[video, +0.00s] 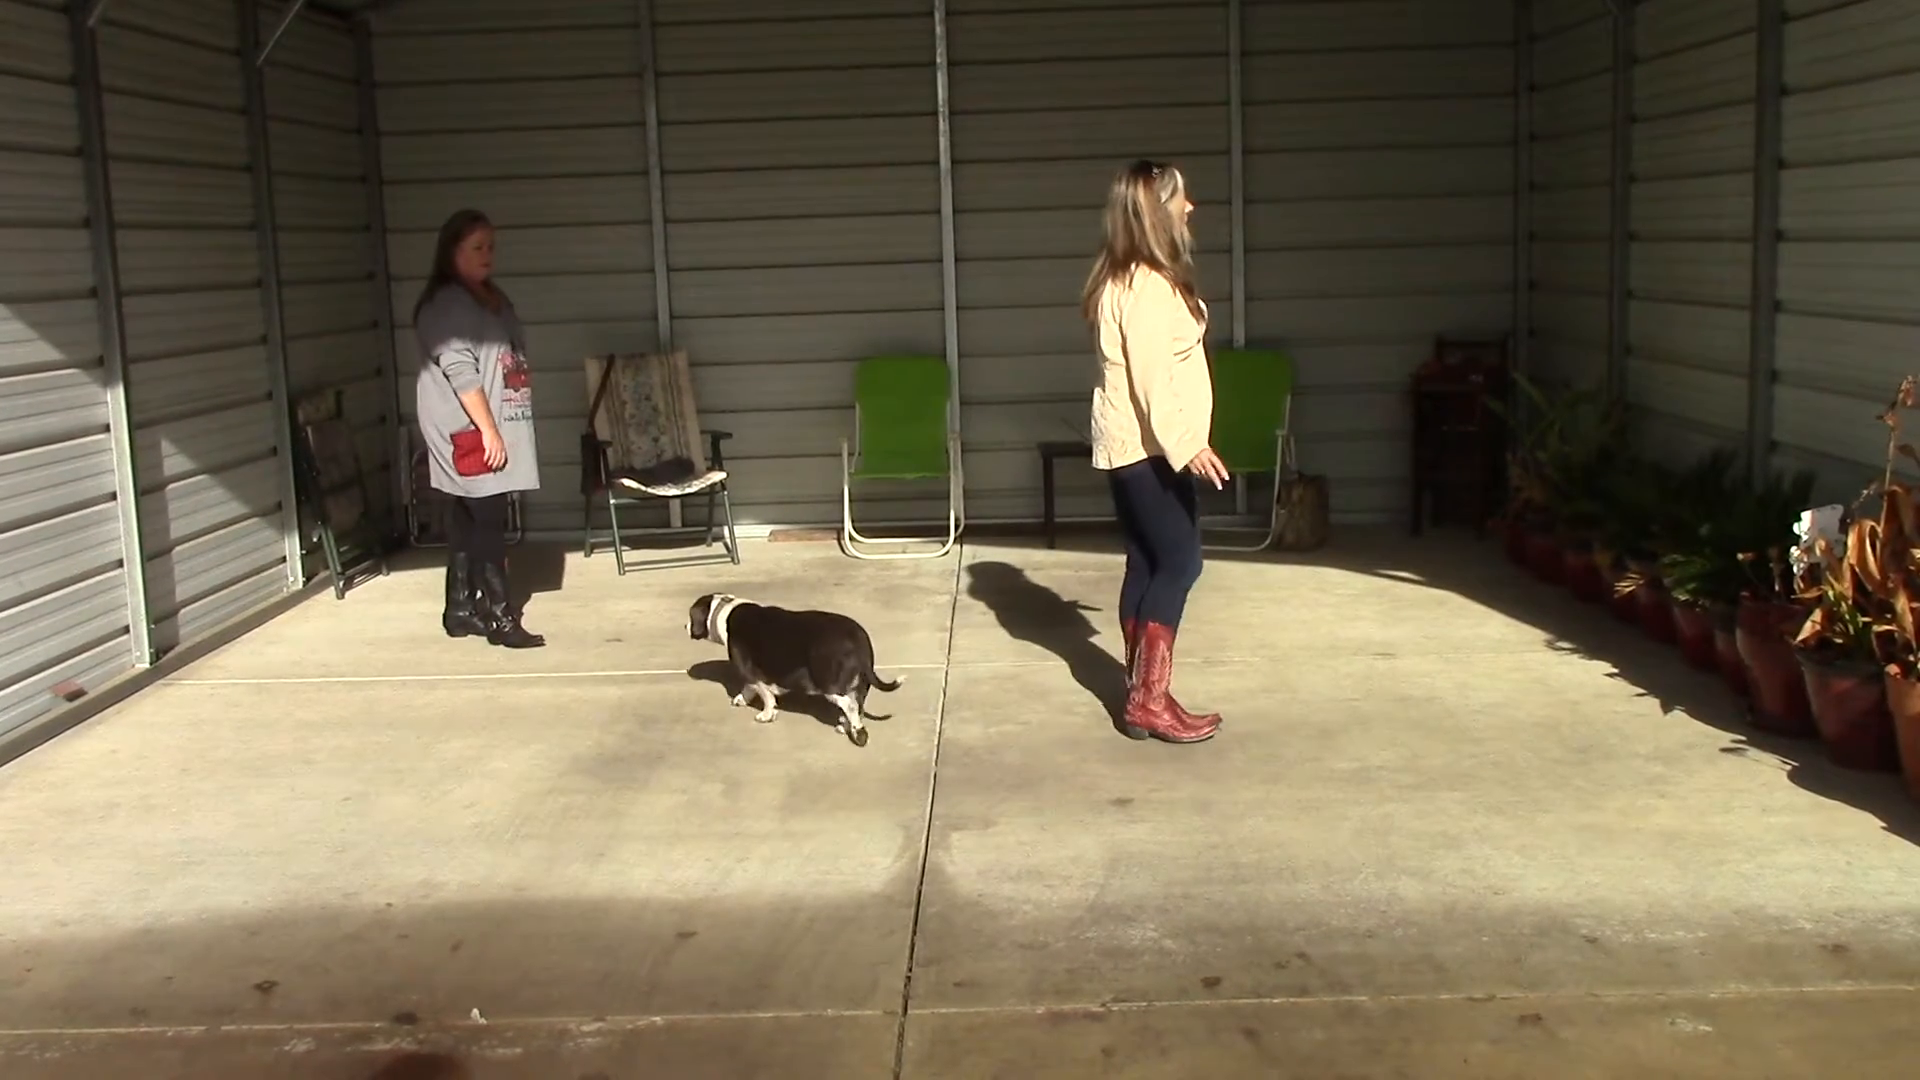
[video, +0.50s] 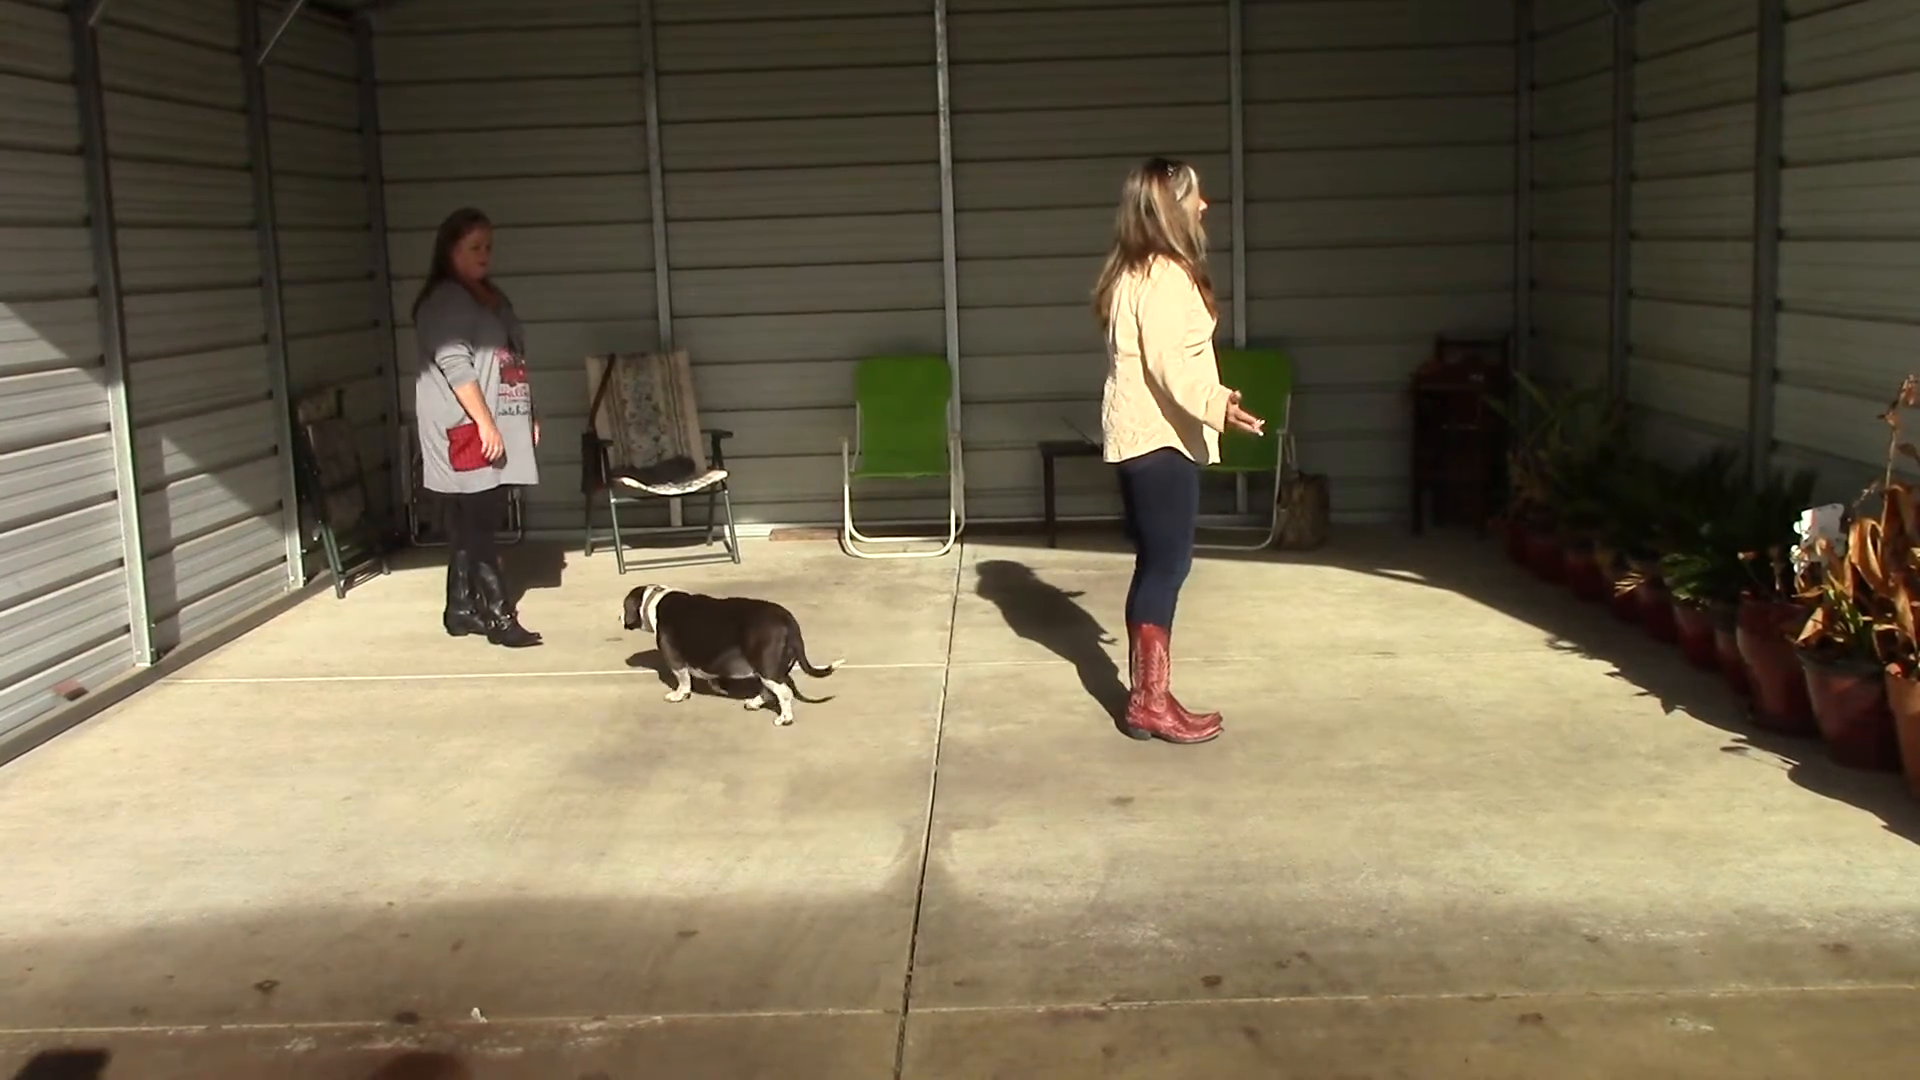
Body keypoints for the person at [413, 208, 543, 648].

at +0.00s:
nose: (486, 255)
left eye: (489, 247)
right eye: (477, 248)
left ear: (492, 251)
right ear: (452, 253)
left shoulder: (494, 301)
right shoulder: (443, 306)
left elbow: (509, 362)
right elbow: (460, 373)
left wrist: (511, 426)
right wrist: (487, 428)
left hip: (487, 426)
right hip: (461, 428)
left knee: (468, 514)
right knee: (489, 515)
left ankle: (460, 606)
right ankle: (498, 614)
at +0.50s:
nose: (485, 255)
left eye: (488, 247)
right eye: (475, 248)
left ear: (491, 250)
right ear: (450, 251)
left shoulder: (494, 298)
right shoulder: (442, 303)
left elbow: (511, 358)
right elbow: (455, 369)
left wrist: (527, 412)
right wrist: (485, 422)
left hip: (485, 421)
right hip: (459, 424)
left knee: (469, 513)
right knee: (482, 514)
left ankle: (460, 606)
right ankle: (497, 614)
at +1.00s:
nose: (492, 255)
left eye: (495, 247)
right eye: (483, 247)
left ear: (496, 249)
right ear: (458, 249)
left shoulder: (487, 294)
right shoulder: (451, 298)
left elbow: (495, 360)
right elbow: (467, 366)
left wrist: (508, 421)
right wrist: (491, 423)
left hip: (485, 420)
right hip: (469, 423)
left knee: (478, 510)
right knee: (490, 510)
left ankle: (464, 602)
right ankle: (500, 611)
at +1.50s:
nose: (497, 265)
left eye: (501, 256)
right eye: (489, 256)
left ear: (503, 256)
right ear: (465, 255)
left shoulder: (497, 300)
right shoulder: (455, 305)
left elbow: (502, 367)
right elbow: (468, 377)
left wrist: (509, 429)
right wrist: (489, 435)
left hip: (485, 429)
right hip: (469, 432)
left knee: (471, 515)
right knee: (489, 517)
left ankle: (464, 604)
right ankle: (497, 610)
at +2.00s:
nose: (543, 318)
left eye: (548, 311)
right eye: (536, 310)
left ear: (552, 307)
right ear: (513, 302)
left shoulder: (531, 338)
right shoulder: (496, 342)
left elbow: (528, 403)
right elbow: (497, 418)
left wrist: (515, 454)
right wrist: (518, 484)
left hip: (477, 420)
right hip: (444, 421)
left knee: (482, 506)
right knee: (491, 506)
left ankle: (465, 603)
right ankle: (501, 611)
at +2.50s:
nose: (567, 358)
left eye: (573, 351)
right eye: (560, 349)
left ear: (581, 344)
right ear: (540, 336)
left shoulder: (541, 364)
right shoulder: (519, 374)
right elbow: (511, 448)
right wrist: (527, 514)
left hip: (463, 417)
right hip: (444, 419)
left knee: (482, 506)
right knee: (494, 507)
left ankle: (464, 605)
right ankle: (501, 611)